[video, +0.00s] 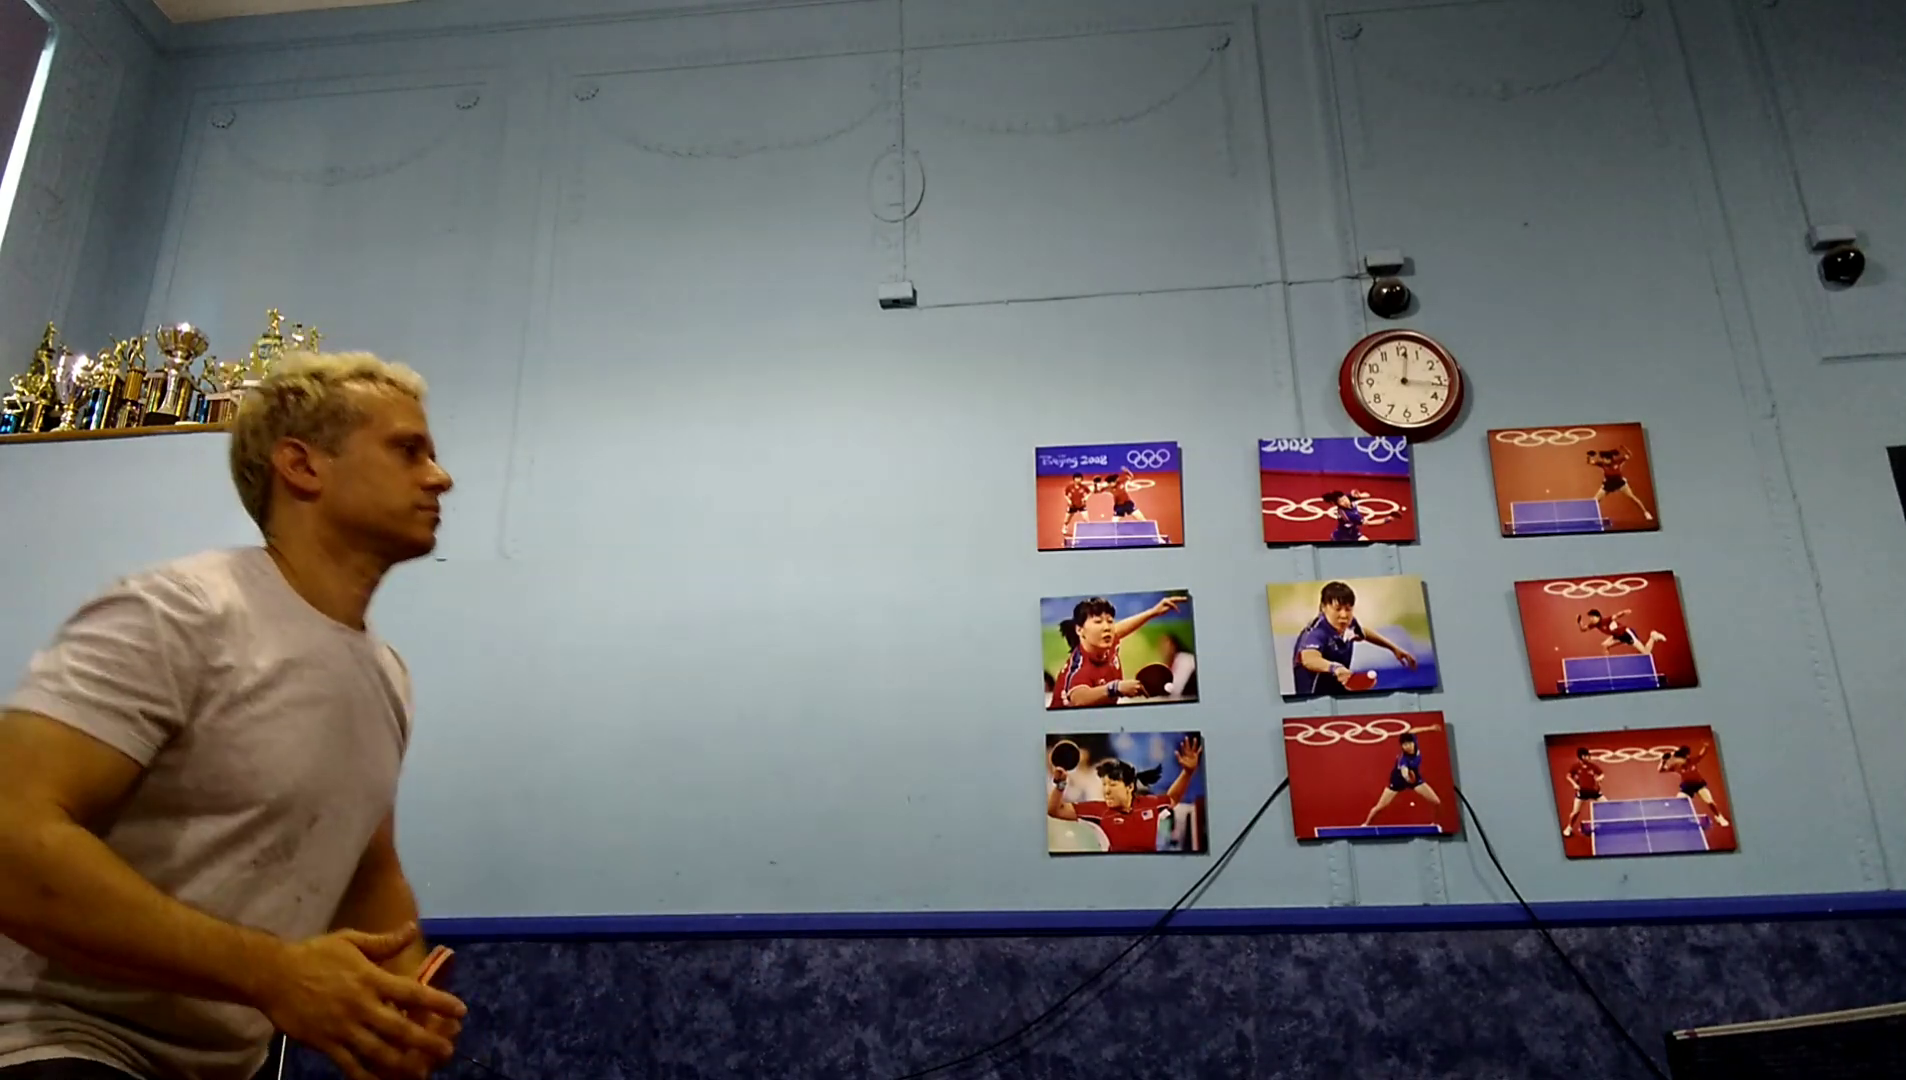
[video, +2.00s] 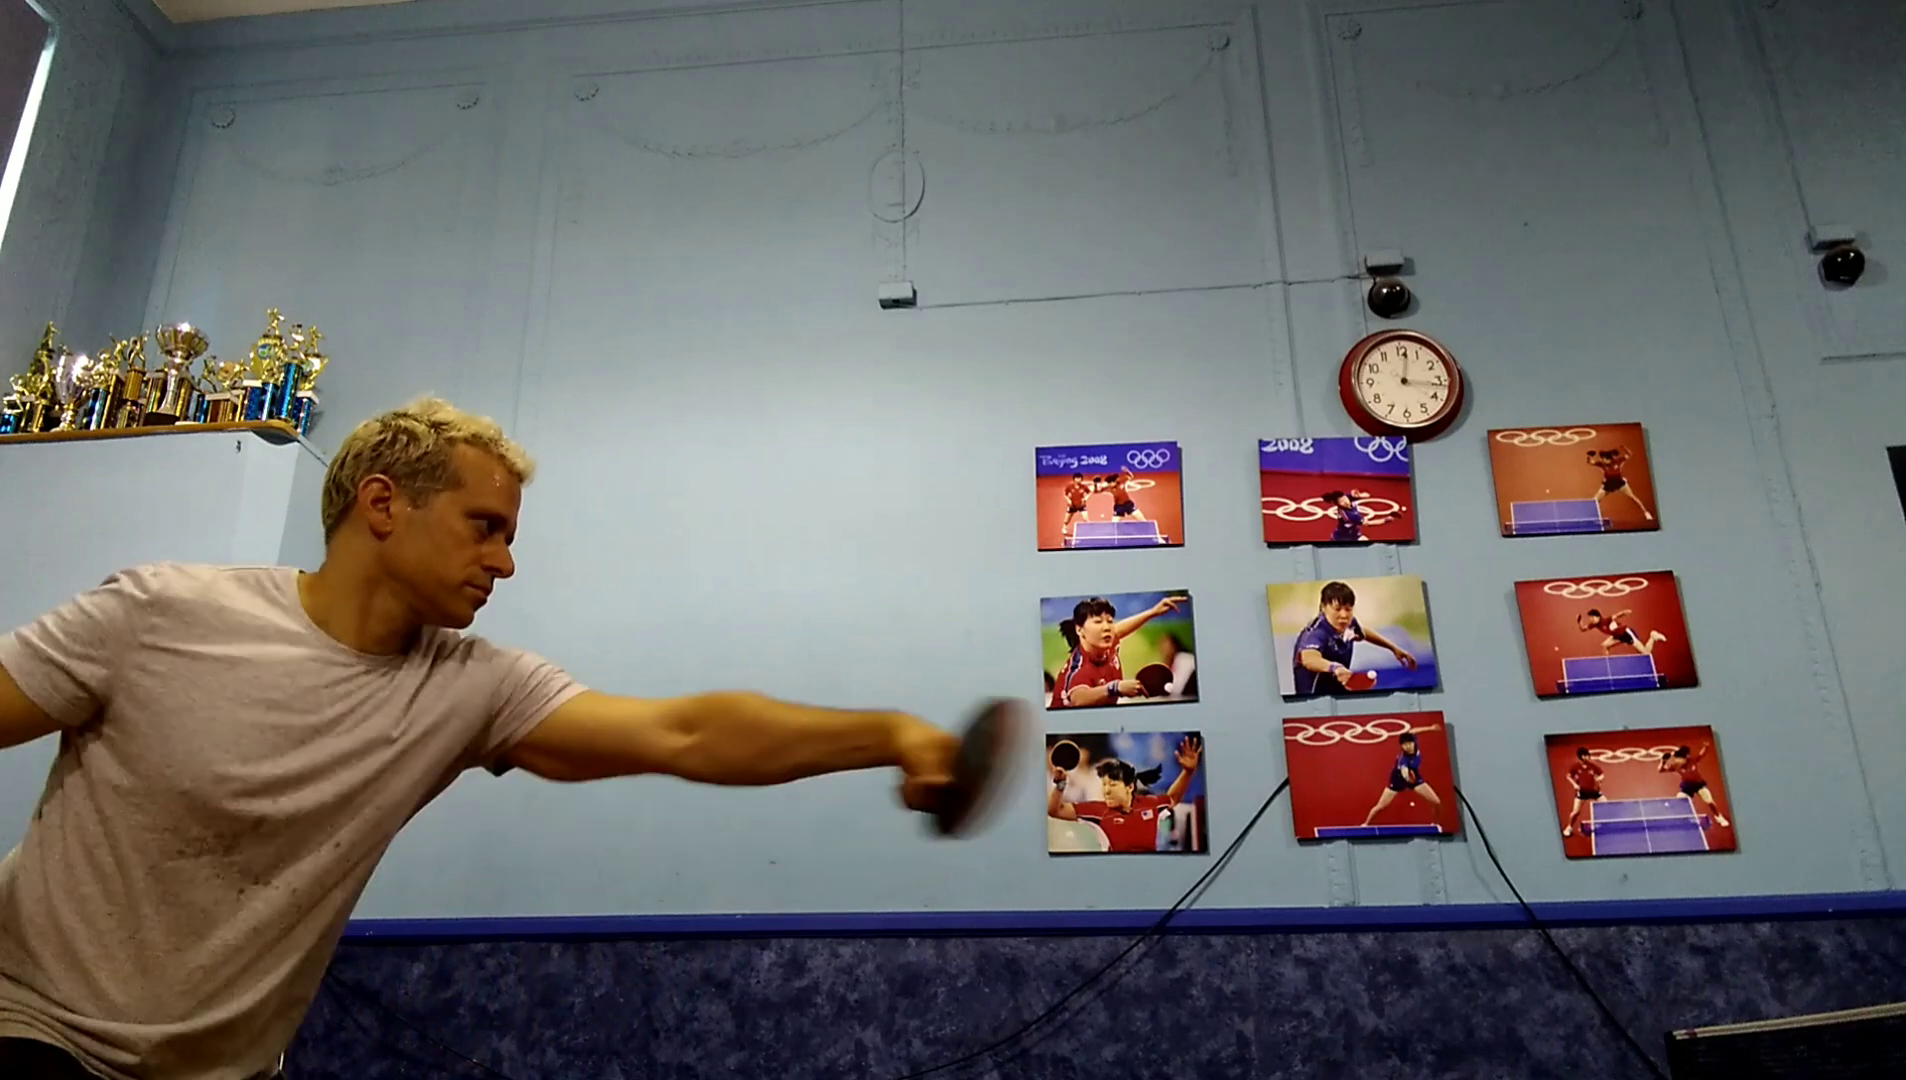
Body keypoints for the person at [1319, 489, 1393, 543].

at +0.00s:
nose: (1344, 502)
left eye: (1344, 499)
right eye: (1341, 502)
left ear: (1346, 497)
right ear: (1338, 505)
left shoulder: (1350, 499)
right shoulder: (1349, 515)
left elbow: (1367, 496)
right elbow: (1367, 523)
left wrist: (1360, 495)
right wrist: (1385, 520)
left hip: (1355, 536)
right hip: (1342, 538)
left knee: (1370, 547)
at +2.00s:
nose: (1344, 502)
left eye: (1344, 499)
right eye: (1341, 502)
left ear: (1346, 497)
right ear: (1339, 505)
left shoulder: (1348, 498)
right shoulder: (1350, 515)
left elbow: (1367, 496)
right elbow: (1367, 523)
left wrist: (1360, 495)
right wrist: (1385, 520)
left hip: (1356, 536)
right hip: (1341, 538)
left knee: (1371, 547)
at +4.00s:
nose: (1344, 502)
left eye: (1344, 499)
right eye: (1341, 502)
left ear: (1346, 497)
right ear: (1339, 505)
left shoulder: (1349, 498)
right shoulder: (1350, 515)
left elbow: (1367, 496)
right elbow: (1367, 523)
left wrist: (1360, 495)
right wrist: (1385, 520)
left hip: (1356, 536)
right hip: (1341, 538)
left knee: (1371, 548)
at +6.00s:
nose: (1344, 502)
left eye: (1344, 499)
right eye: (1341, 502)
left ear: (1346, 497)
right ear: (1339, 505)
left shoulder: (1349, 498)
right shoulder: (1350, 515)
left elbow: (1367, 496)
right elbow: (1366, 523)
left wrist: (1360, 495)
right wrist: (1385, 520)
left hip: (1356, 536)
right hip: (1341, 538)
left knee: (1371, 548)